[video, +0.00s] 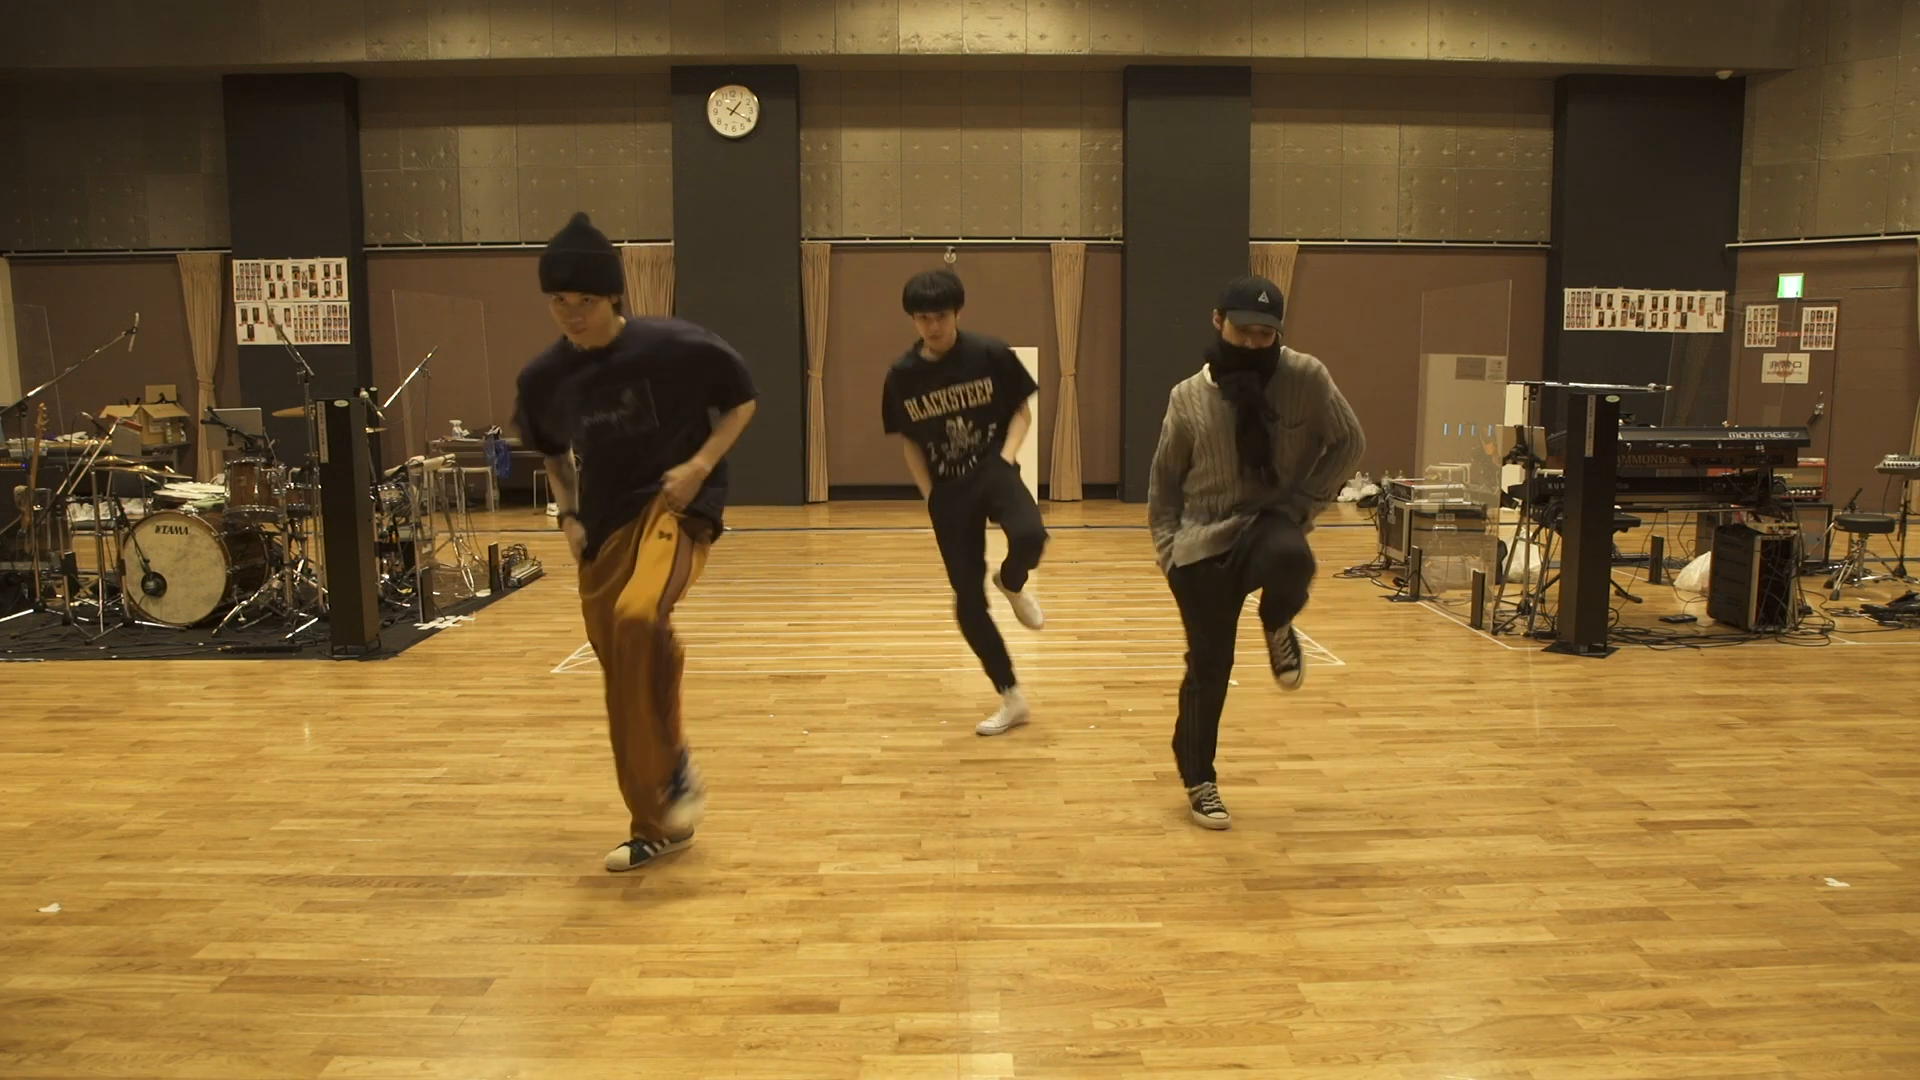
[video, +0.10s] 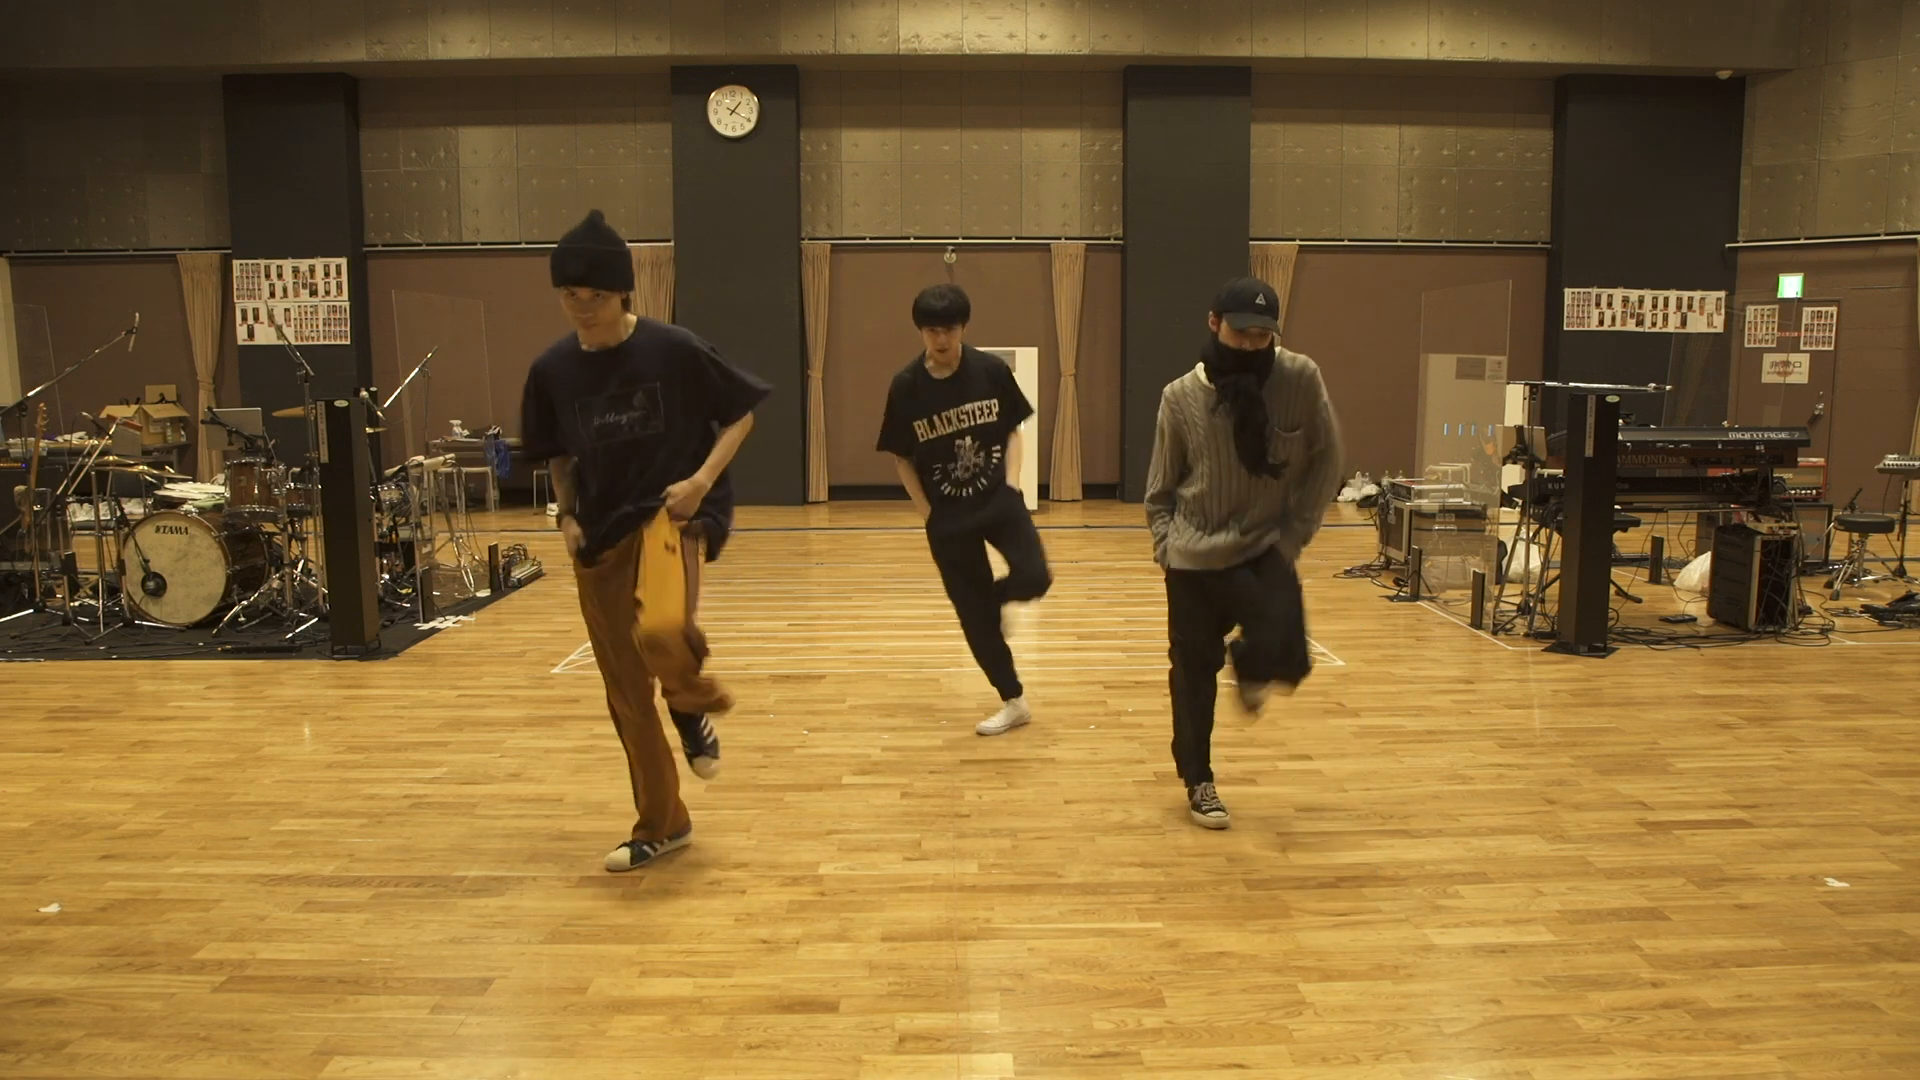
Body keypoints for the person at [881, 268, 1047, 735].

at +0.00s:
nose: (933, 327)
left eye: (941, 317)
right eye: (924, 319)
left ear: (958, 314)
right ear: (913, 320)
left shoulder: (991, 354)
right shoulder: (902, 376)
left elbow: (1021, 411)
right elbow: (909, 440)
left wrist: (1007, 457)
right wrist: (929, 492)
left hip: (996, 472)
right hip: (947, 490)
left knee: (1032, 536)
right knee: (968, 600)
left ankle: (1010, 584)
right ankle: (1011, 696)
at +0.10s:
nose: (940, 341)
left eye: (948, 331)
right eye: (931, 332)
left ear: (964, 328)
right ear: (920, 331)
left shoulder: (992, 370)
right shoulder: (906, 385)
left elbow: (1012, 430)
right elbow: (901, 455)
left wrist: (1012, 486)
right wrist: (926, 510)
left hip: (999, 500)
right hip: (946, 514)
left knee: (1035, 580)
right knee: (975, 612)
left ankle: (991, 596)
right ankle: (1014, 702)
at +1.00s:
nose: (994, 362)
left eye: (1003, 353)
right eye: (985, 353)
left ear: (1015, 358)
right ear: (970, 357)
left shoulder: (1035, 412)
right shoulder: (946, 410)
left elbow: (1045, 475)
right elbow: (928, 469)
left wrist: (1026, 532)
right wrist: (941, 522)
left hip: (1014, 546)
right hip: (956, 543)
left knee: (1069, 625)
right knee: (886, 615)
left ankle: (1118, 707)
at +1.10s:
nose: (972, 358)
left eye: (981, 350)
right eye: (964, 349)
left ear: (992, 353)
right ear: (948, 351)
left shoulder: (1004, 402)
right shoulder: (923, 398)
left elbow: (1012, 470)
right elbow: (910, 456)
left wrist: (993, 532)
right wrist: (911, 508)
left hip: (980, 541)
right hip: (926, 536)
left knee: (1038, 620)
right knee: (866, 611)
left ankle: (1108, 700)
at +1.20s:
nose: (938, 358)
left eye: (946, 348)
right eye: (929, 348)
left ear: (960, 348)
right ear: (915, 348)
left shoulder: (965, 405)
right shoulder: (905, 381)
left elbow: (974, 477)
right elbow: (888, 447)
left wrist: (947, 530)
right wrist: (870, 497)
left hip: (934, 533)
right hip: (884, 524)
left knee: (997, 613)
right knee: (836, 611)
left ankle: (1070, 695)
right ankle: (805, 707)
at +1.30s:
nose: (888, 353)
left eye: (898, 345)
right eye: (881, 345)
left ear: (915, 344)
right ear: (870, 343)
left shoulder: (918, 400)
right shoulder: (876, 378)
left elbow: (934, 472)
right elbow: (865, 444)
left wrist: (900, 528)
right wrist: (839, 488)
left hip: (889, 527)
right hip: (843, 517)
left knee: (948, 611)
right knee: (808, 612)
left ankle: (1024, 691)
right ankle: (804, 707)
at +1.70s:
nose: (826, 338)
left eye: (835, 329)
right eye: (818, 329)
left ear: (850, 329)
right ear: (805, 329)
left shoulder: (870, 377)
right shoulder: (788, 372)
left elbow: (881, 440)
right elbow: (773, 426)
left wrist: (859, 496)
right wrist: (756, 467)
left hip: (831, 511)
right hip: (778, 504)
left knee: (825, 610)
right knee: (775, 604)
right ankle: (798, 700)